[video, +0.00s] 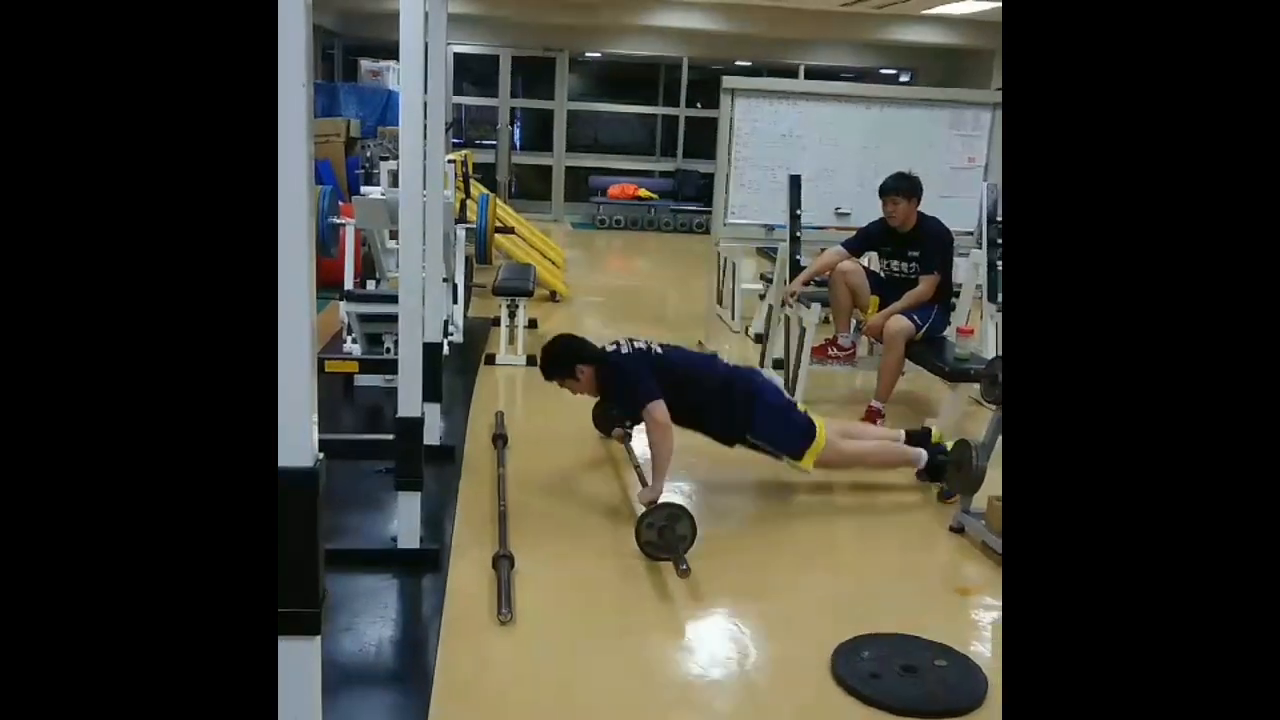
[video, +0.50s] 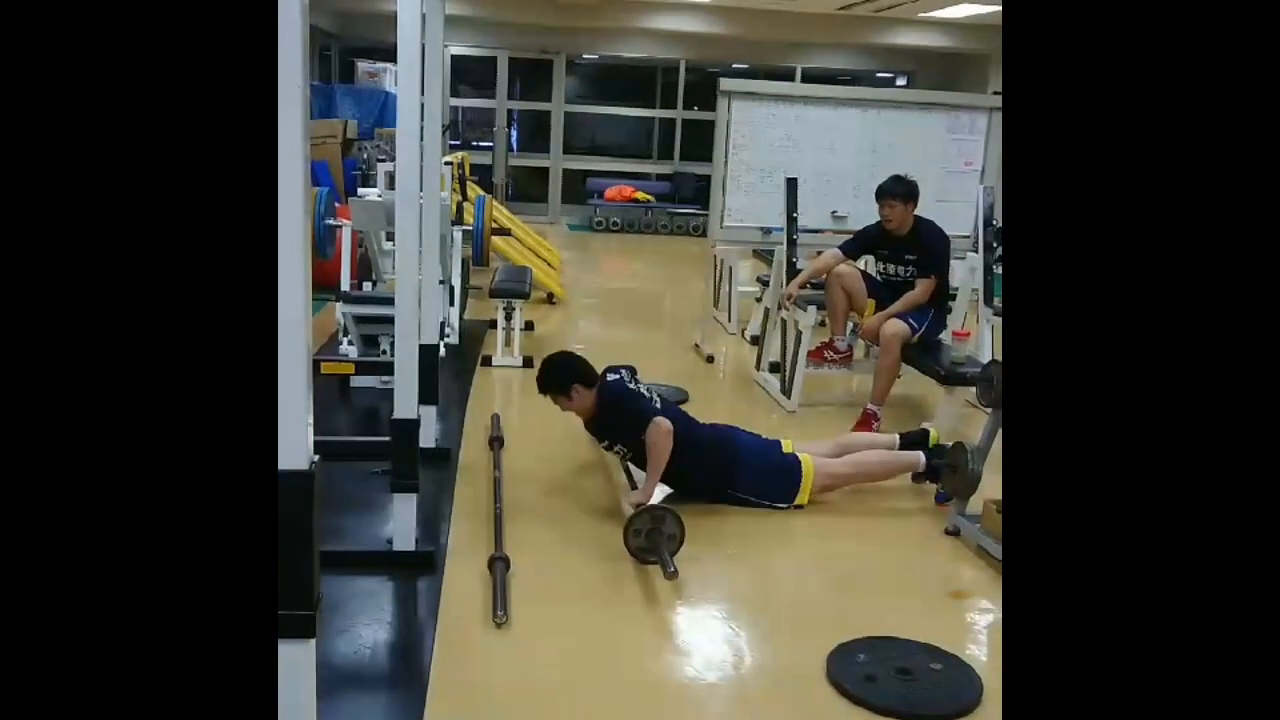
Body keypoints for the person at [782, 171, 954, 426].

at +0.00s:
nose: (888, 209)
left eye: (895, 204)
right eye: (885, 203)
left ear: (914, 204)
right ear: (881, 203)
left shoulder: (935, 234)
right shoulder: (879, 229)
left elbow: (926, 290)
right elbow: (836, 255)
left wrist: (883, 316)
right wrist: (800, 280)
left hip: (928, 305)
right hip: (891, 294)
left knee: (895, 327)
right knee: (843, 270)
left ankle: (876, 409)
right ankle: (843, 345)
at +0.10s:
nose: (887, 211)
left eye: (893, 205)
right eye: (884, 204)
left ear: (913, 205)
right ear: (880, 204)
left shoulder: (935, 235)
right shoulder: (878, 230)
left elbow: (926, 290)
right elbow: (836, 256)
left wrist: (882, 317)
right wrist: (799, 281)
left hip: (927, 305)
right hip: (890, 295)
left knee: (894, 329)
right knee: (842, 271)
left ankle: (874, 409)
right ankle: (842, 347)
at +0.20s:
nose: (886, 211)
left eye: (893, 205)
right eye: (883, 204)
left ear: (913, 206)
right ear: (879, 204)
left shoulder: (934, 236)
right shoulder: (877, 231)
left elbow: (925, 291)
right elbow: (835, 256)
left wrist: (882, 317)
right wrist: (798, 282)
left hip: (927, 306)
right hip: (889, 296)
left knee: (893, 329)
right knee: (841, 271)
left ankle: (874, 410)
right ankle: (841, 347)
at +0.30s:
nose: (885, 211)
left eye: (892, 206)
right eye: (882, 205)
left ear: (912, 207)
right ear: (878, 204)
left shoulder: (933, 236)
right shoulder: (876, 232)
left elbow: (924, 292)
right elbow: (834, 257)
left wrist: (881, 318)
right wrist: (797, 282)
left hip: (926, 307)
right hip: (888, 296)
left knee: (892, 330)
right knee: (840, 272)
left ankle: (873, 411)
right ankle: (840, 347)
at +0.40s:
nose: (884, 212)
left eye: (891, 206)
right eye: (881, 205)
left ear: (911, 207)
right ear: (878, 205)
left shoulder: (933, 237)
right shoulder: (875, 232)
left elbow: (923, 292)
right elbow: (834, 258)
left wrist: (881, 318)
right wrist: (797, 282)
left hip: (925, 308)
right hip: (888, 297)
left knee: (892, 330)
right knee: (839, 272)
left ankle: (872, 411)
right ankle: (839, 347)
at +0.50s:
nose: (884, 213)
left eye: (891, 207)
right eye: (881, 206)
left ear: (911, 208)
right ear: (877, 205)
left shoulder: (932, 238)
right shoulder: (875, 233)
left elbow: (922, 293)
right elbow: (833, 258)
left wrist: (880, 318)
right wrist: (796, 282)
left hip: (925, 308)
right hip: (888, 297)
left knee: (891, 331)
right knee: (839, 273)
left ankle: (872, 412)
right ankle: (839, 347)